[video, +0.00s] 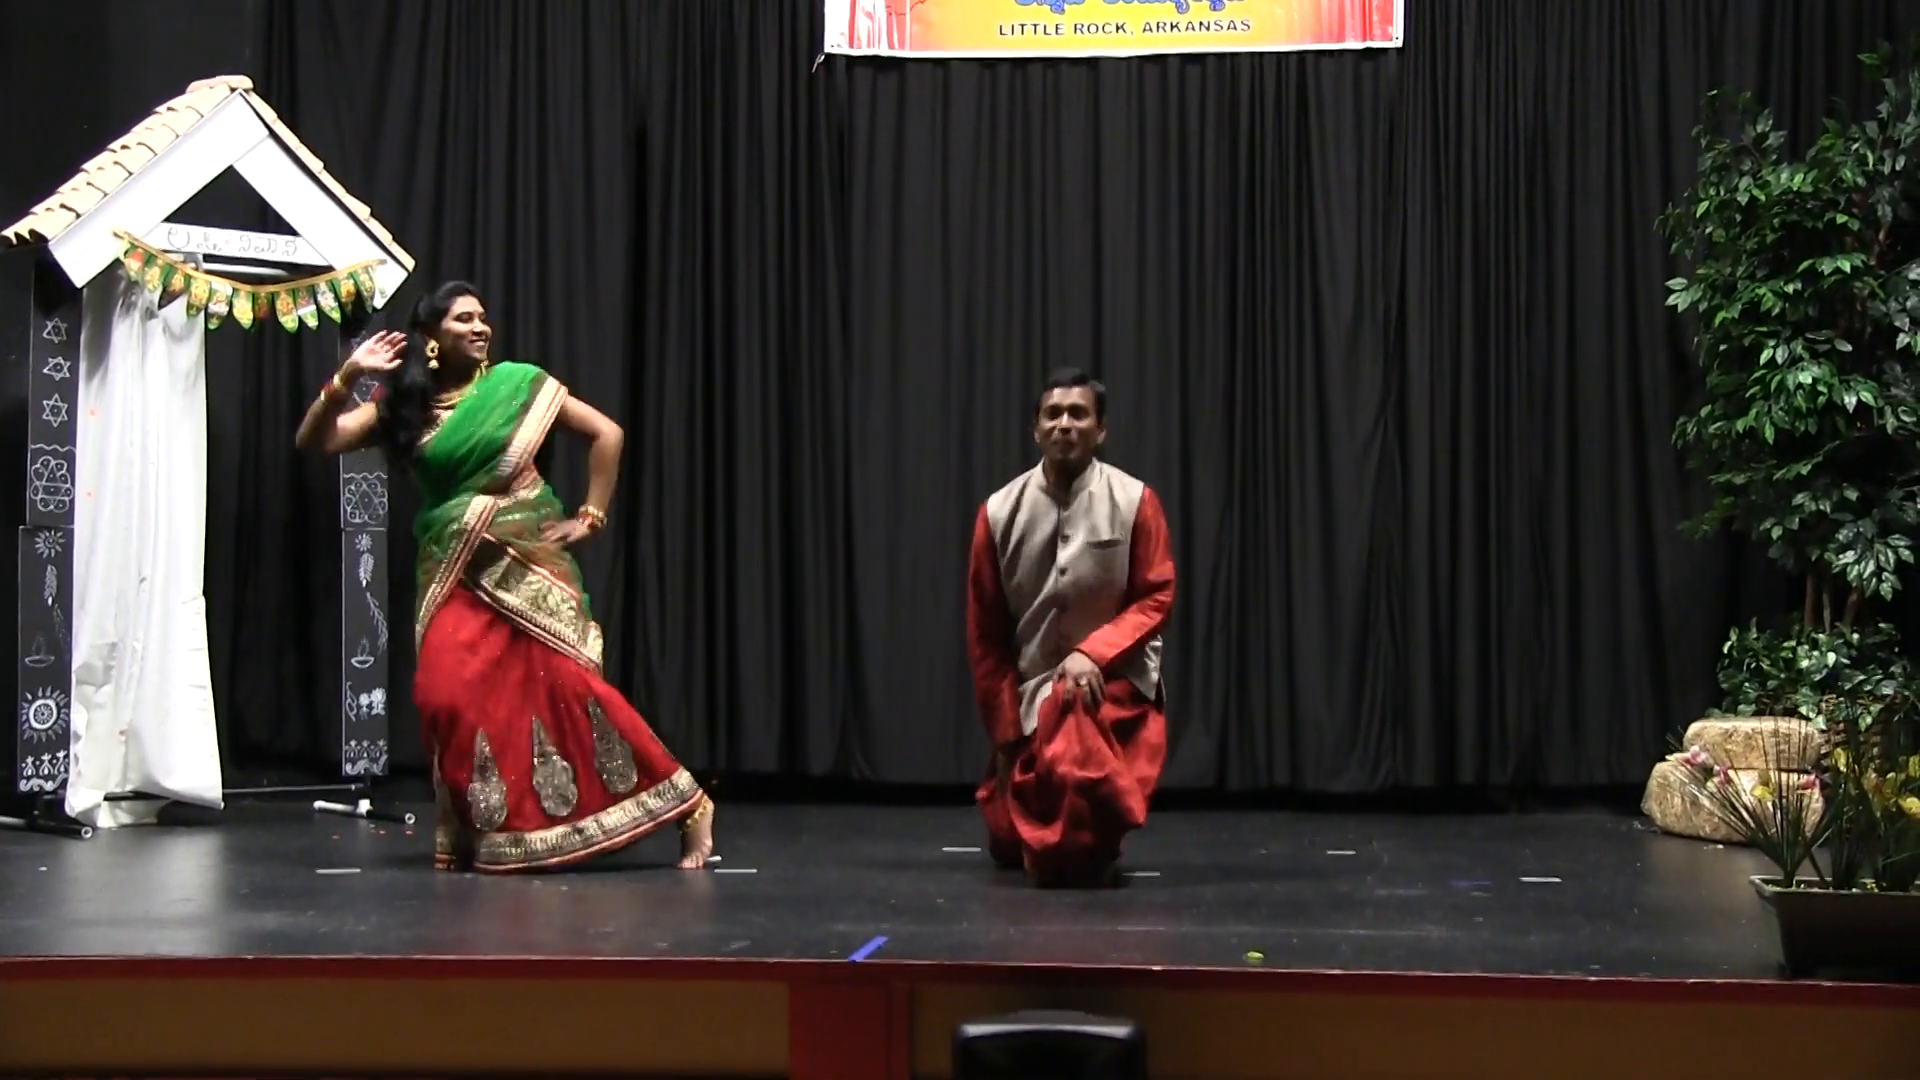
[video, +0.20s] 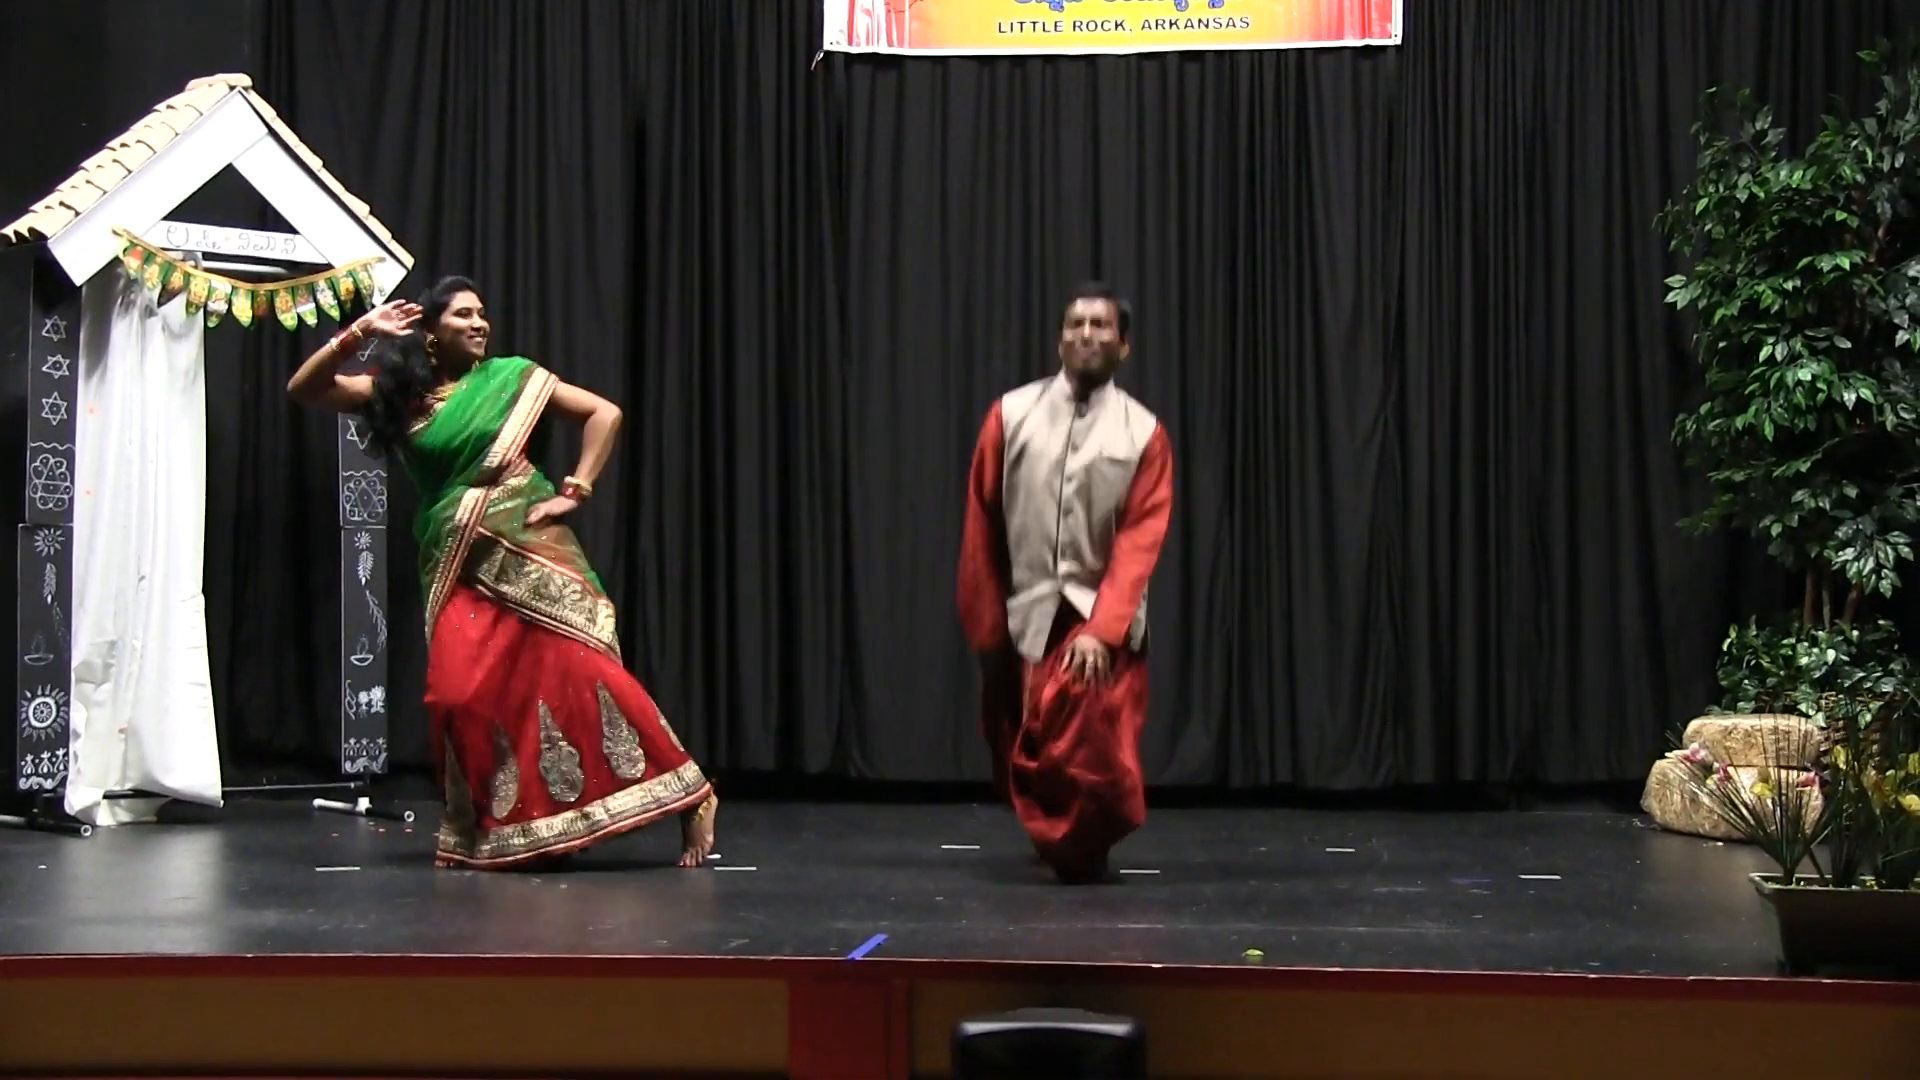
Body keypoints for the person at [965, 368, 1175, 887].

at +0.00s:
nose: (1064, 425)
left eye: (1078, 414)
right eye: (1053, 414)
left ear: (1100, 428)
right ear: (1037, 427)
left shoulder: (1133, 501)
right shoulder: (1000, 511)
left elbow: (1156, 596)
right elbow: (987, 631)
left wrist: (1091, 653)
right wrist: (1006, 731)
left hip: (1118, 682)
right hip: (1031, 692)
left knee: (1069, 699)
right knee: (1011, 840)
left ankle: (1090, 849)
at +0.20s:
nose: (1086, 335)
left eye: (1099, 325)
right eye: (1076, 324)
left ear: (1122, 344)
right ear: (1060, 338)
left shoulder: (1143, 432)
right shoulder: (1011, 414)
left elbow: (1141, 540)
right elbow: (982, 518)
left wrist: (1102, 629)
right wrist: (986, 617)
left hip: (1105, 603)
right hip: (1026, 602)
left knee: (1091, 712)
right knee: (1025, 725)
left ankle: (1084, 848)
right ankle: (1054, 838)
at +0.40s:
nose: (1061, 211)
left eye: (1075, 201)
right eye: (1051, 201)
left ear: (1101, 216)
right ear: (1036, 215)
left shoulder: (1133, 300)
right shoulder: (1000, 295)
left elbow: (1156, 409)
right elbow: (972, 405)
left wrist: (1136, 505)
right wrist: (986, 504)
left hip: (1104, 496)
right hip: (1018, 493)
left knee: (1095, 650)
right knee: (1006, 647)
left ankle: (1089, 814)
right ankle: (1031, 782)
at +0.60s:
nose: (1057, 236)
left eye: (1069, 225)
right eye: (1045, 227)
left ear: (1095, 235)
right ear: (1031, 239)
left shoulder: (1133, 324)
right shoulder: (1000, 317)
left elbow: (1156, 440)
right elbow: (965, 414)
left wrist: (1131, 542)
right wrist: (988, 495)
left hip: (1103, 527)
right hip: (1013, 522)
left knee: (1128, 665)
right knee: (990, 662)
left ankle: (1115, 791)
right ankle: (990, 820)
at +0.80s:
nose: (1062, 379)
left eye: (1076, 366)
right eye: (1051, 367)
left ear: (1102, 377)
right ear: (1038, 377)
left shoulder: (1130, 468)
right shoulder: (998, 449)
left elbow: (1143, 584)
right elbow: (956, 551)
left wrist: (1124, 684)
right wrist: (1009, 620)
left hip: (1086, 627)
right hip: (1009, 621)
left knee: (1101, 720)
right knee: (980, 736)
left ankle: (1117, 817)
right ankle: (1004, 849)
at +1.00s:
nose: (1069, 452)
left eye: (1084, 442)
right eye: (1058, 440)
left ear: (1106, 457)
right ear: (1042, 450)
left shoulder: (1127, 543)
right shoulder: (993, 515)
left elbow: (1137, 661)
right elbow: (954, 604)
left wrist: (1120, 766)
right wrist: (1012, 640)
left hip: (1081, 700)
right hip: (1002, 690)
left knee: (1116, 834)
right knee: (1022, 678)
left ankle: (1122, 837)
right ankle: (1008, 851)